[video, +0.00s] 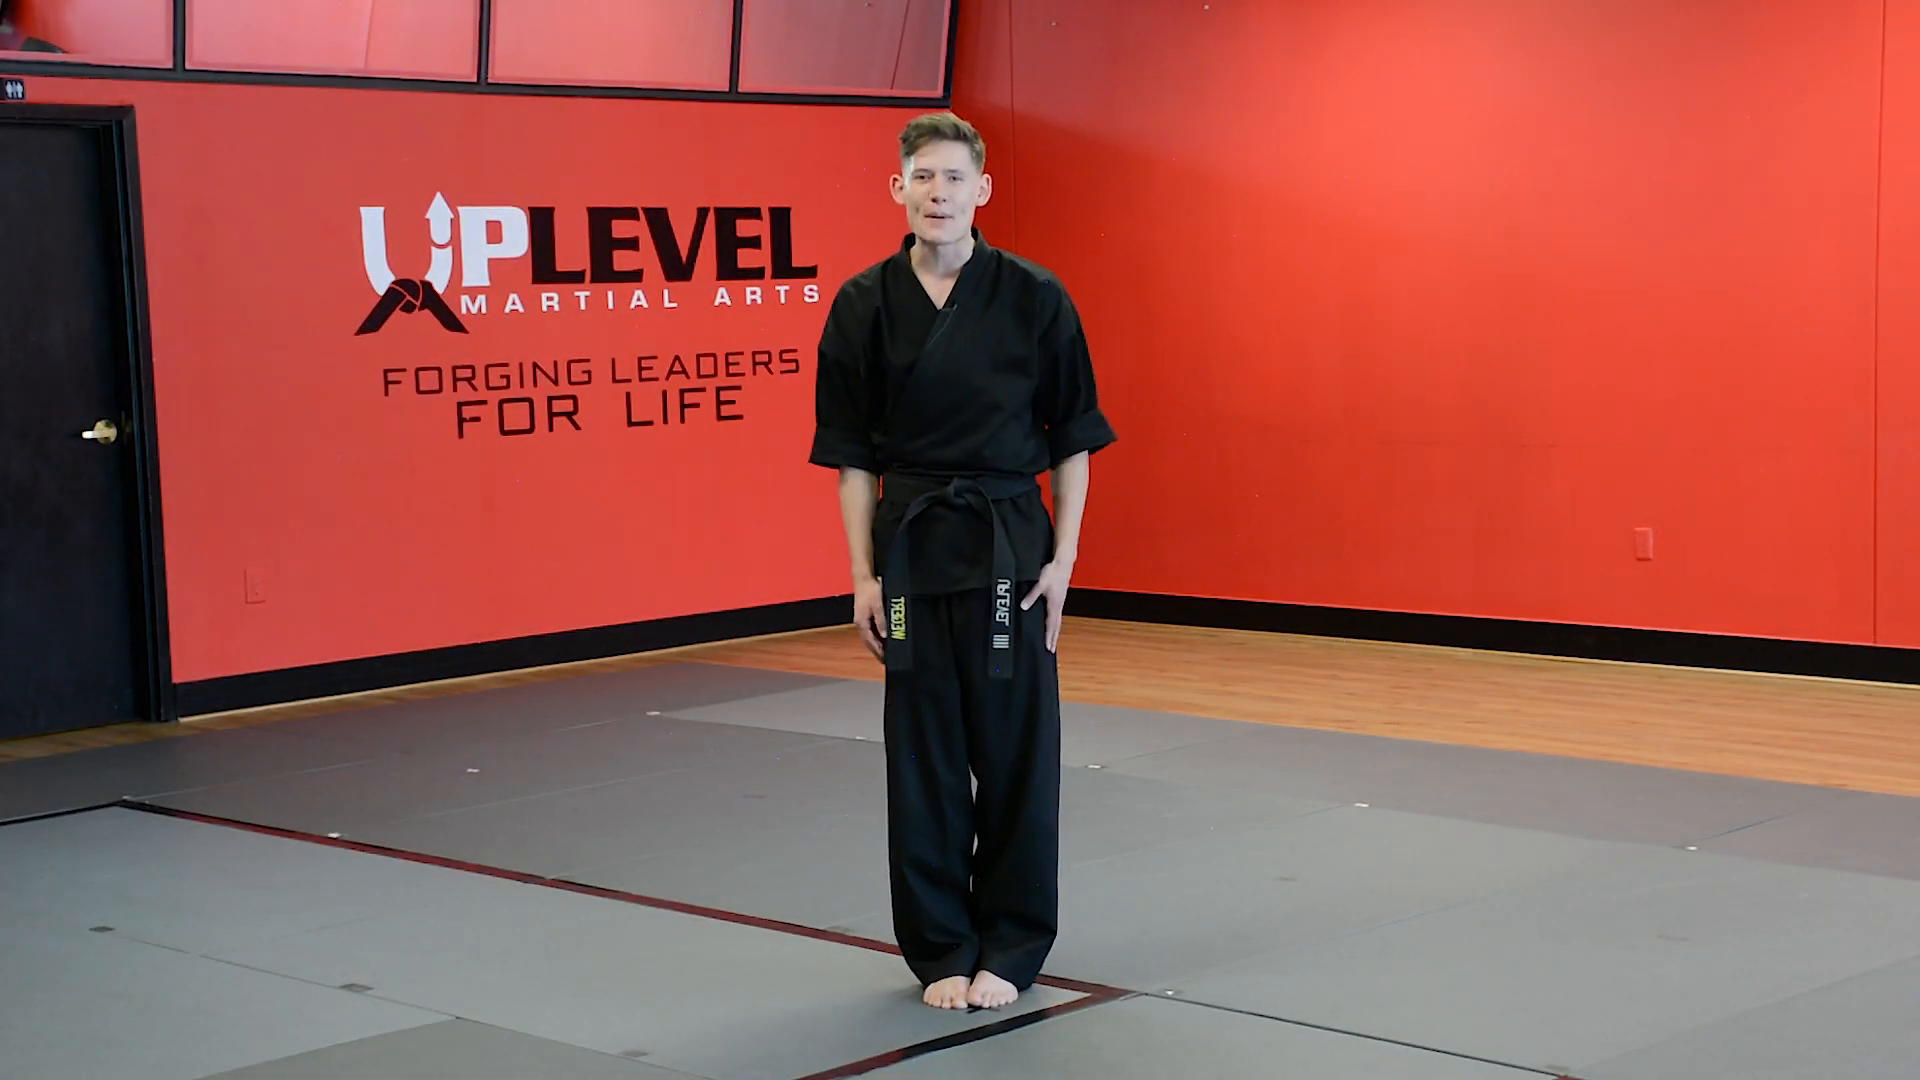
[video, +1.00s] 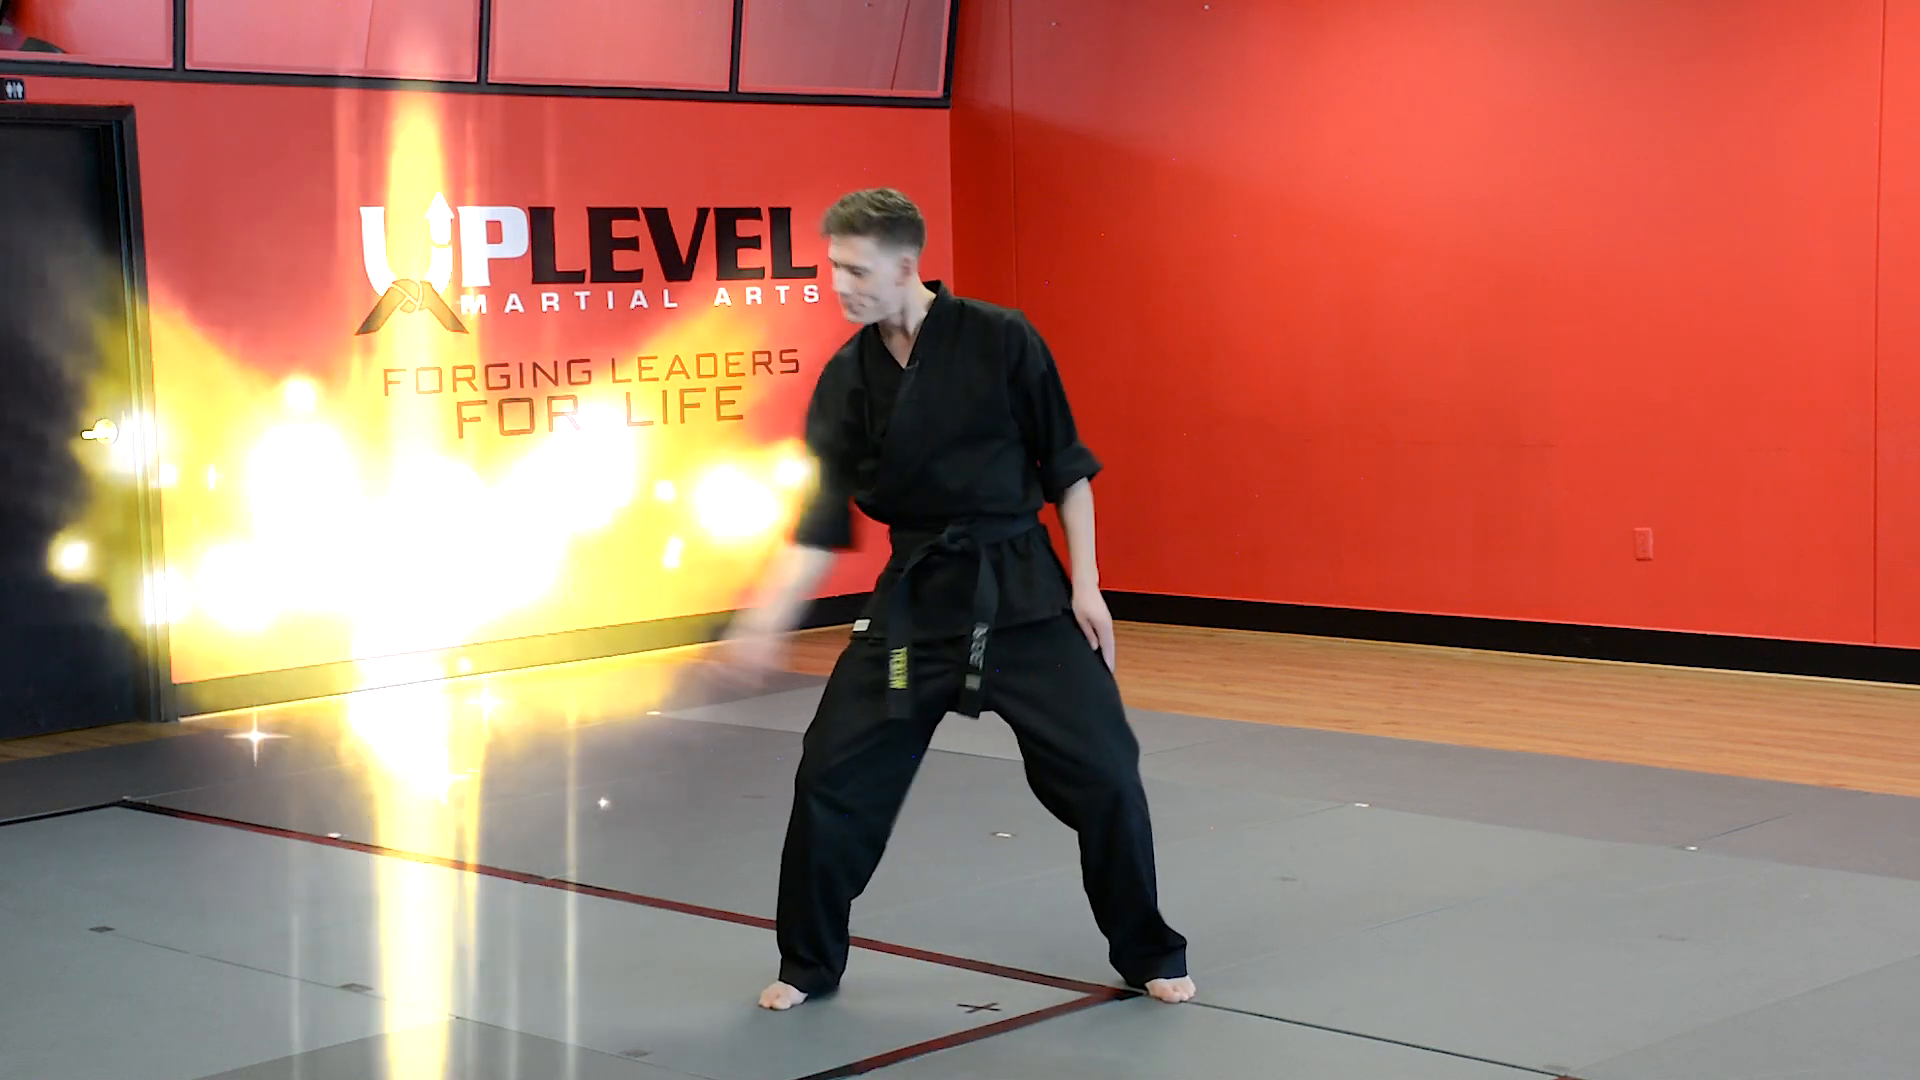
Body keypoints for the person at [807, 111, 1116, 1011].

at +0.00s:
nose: (937, 189)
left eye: (954, 175)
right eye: (922, 176)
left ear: (983, 189)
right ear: (899, 191)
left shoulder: (1035, 297)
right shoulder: (860, 305)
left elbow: (1074, 439)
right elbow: (850, 456)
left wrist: (1064, 559)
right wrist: (863, 572)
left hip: (1013, 542)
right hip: (910, 545)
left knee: (1016, 760)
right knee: (925, 762)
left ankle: (1008, 955)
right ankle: (941, 955)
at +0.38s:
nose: (921, 243)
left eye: (938, 226)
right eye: (908, 227)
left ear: (975, 233)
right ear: (891, 238)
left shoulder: (1033, 340)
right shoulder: (865, 341)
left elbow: (1061, 484)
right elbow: (814, 478)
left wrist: (1061, 605)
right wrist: (829, 580)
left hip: (1011, 573)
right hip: (909, 576)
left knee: (1025, 787)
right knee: (910, 786)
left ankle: (1012, 959)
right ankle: (940, 959)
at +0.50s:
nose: (868, 223)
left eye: (883, 206)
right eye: (861, 207)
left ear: (936, 202)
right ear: (862, 210)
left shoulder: (1021, 295)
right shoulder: (862, 295)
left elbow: (1059, 437)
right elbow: (750, 349)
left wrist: (1066, 560)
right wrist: (798, 379)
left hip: (1009, 537)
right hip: (910, 538)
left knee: (1025, 753)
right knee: (908, 756)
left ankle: (1015, 958)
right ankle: (942, 955)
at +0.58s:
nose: (842, 197)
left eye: (857, 181)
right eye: (837, 181)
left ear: (911, 178)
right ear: (843, 183)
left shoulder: (1002, 256)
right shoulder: (844, 266)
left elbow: (1061, 389)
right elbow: (720, 281)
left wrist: (1076, 513)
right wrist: (776, 267)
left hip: (1012, 511)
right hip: (912, 511)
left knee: (1042, 732)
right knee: (903, 735)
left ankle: (1036, 949)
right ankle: (911, 949)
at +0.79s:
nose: (833, 255)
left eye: (847, 237)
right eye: (827, 240)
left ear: (899, 234)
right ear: (833, 244)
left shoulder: (991, 315)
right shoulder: (838, 339)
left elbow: (1067, 441)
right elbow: (731, 394)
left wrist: (1080, 567)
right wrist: (721, 276)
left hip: (1010, 569)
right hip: (905, 574)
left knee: (1089, 766)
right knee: (846, 771)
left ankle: (1155, 954)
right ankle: (811, 963)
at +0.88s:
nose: (836, 283)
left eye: (849, 266)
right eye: (831, 267)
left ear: (904, 259)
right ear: (841, 266)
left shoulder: (1003, 338)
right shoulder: (847, 376)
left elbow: (1053, 476)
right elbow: (789, 482)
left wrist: (1073, 601)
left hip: (1016, 586)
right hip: (907, 593)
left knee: (1096, 775)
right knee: (826, 782)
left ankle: (1145, 953)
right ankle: (808, 964)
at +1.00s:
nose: (840, 287)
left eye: (855, 271)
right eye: (834, 270)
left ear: (908, 265)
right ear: (838, 269)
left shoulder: (1003, 339)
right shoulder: (846, 383)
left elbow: (1068, 467)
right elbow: (817, 526)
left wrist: (1086, 583)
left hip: (1022, 585)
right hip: (913, 593)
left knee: (1107, 771)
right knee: (831, 776)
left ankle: (1146, 951)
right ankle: (811, 964)